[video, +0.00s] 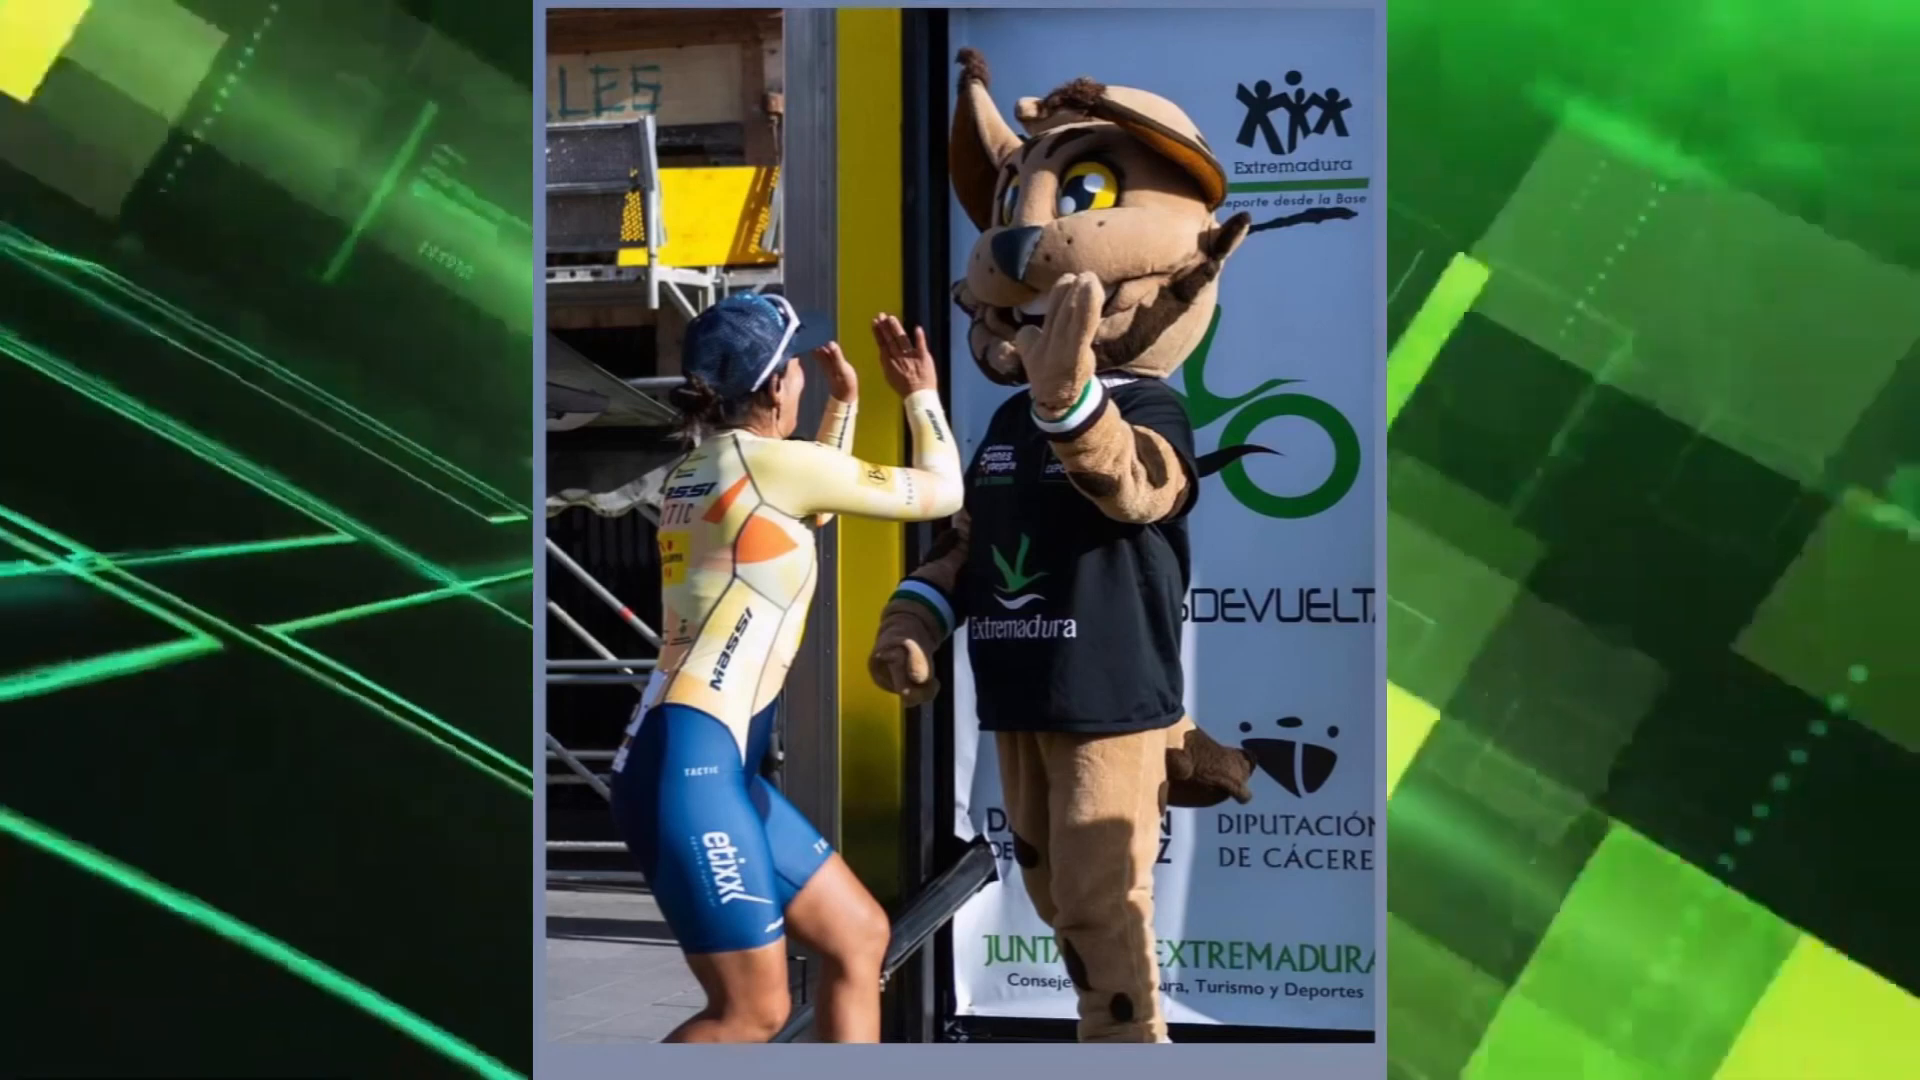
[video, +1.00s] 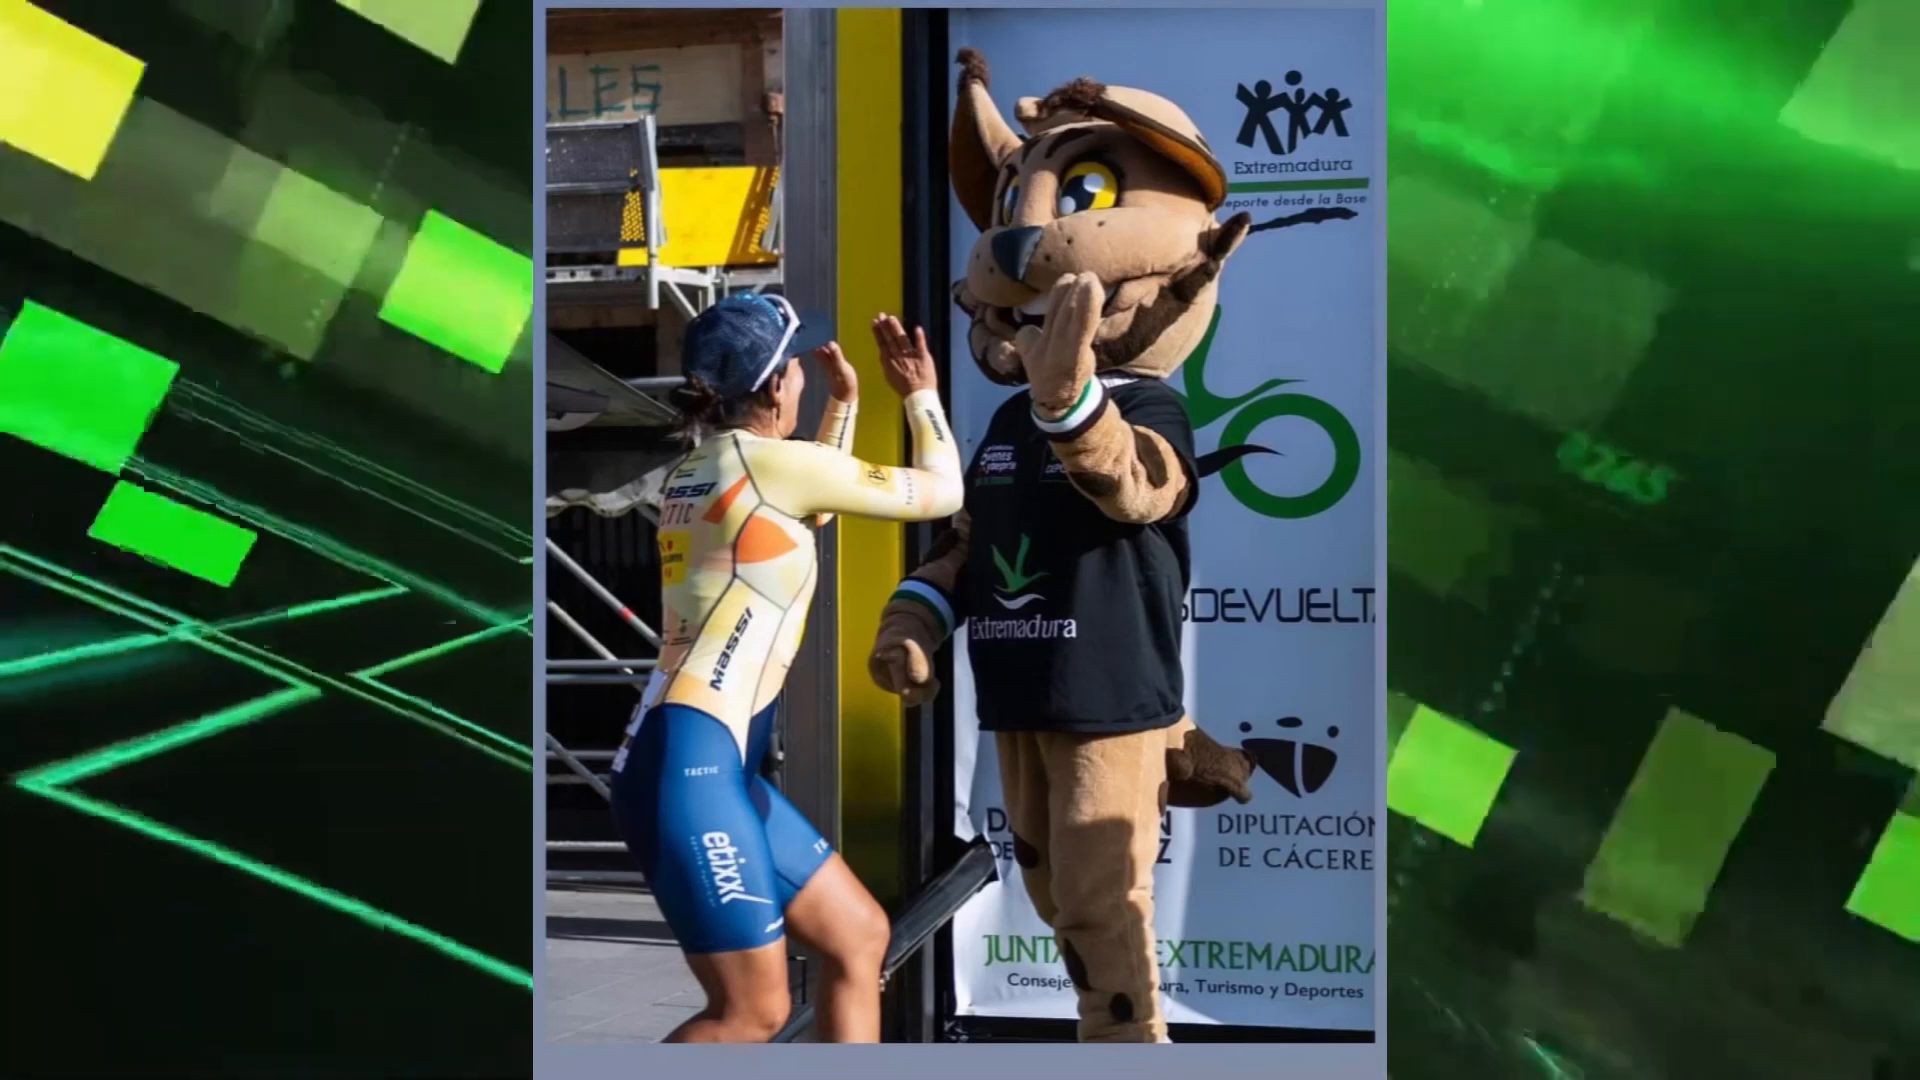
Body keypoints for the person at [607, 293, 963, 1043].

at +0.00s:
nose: (803, 377)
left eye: (800, 363)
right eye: (796, 364)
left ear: (714, 387)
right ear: (777, 381)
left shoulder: (695, 471)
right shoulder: (780, 465)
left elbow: (801, 494)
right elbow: (938, 492)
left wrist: (841, 410)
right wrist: (924, 395)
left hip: (714, 769)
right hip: (686, 774)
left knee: (860, 933)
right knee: (754, 1009)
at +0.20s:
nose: (803, 377)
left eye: (800, 363)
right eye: (796, 364)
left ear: (716, 387)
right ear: (776, 381)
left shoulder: (693, 471)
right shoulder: (778, 465)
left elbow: (802, 495)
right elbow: (939, 492)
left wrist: (841, 410)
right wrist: (924, 396)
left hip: (714, 769)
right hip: (686, 774)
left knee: (860, 933)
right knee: (754, 1009)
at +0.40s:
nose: (803, 377)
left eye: (800, 363)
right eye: (796, 364)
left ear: (716, 387)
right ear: (776, 380)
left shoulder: (693, 471)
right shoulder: (778, 465)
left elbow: (802, 495)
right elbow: (939, 492)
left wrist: (841, 410)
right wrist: (924, 396)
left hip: (714, 769)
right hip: (686, 774)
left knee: (860, 933)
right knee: (754, 1009)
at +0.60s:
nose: (803, 377)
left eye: (799, 363)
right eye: (796, 364)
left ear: (715, 387)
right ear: (776, 381)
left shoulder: (693, 471)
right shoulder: (778, 465)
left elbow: (802, 495)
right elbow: (939, 492)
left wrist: (841, 410)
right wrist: (924, 396)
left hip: (714, 769)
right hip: (686, 774)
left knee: (860, 933)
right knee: (754, 1009)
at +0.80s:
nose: (804, 377)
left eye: (800, 363)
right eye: (797, 365)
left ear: (716, 387)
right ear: (777, 381)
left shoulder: (694, 471)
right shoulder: (778, 464)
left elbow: (805, 500)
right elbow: (939, 492)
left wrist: (841, 409)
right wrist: (924, 396)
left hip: (713, 769)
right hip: (687, 774)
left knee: (860, 933)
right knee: (754, 1010)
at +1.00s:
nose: (803, 377)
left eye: (800, 363)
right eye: (796, 364)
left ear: (715, 388)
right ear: (776, 380)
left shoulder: (693, 471)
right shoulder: (778, 464)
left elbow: (798, 494)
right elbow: (939, 492)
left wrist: (840, 412)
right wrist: (924, 395)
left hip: (714, 770)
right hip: (687, 774)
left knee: (860, 934)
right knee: (754, 1010)